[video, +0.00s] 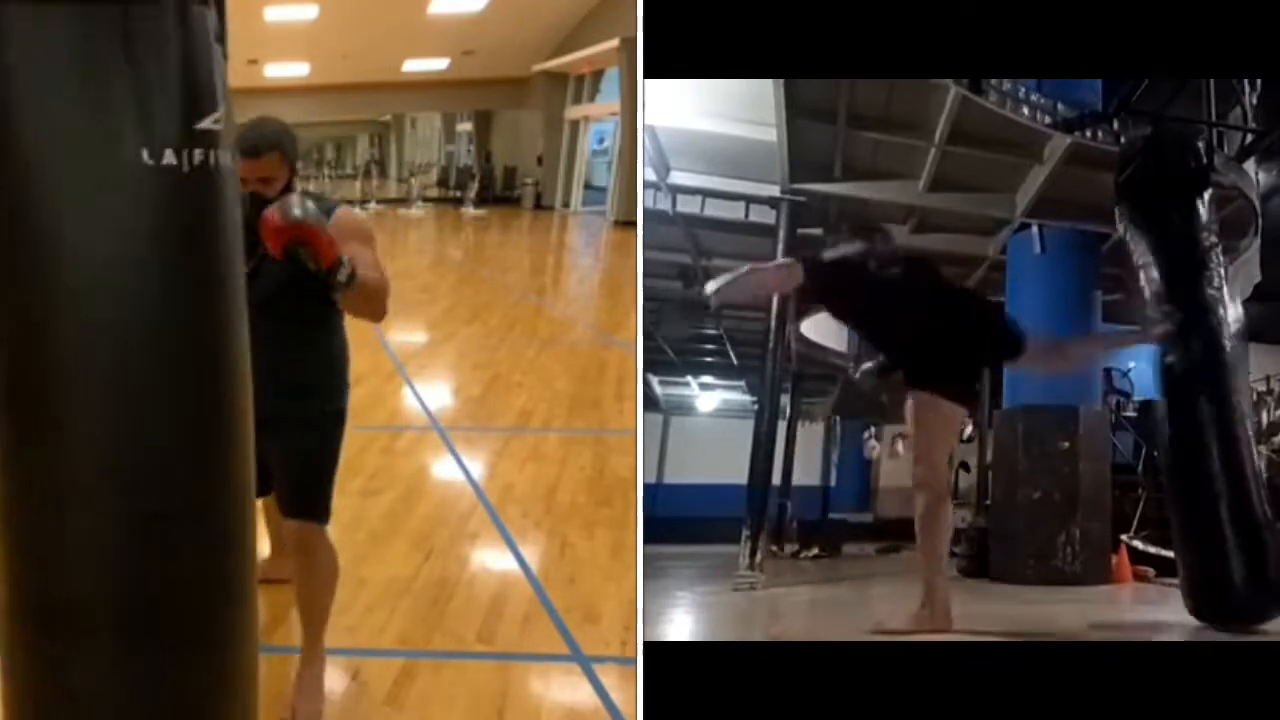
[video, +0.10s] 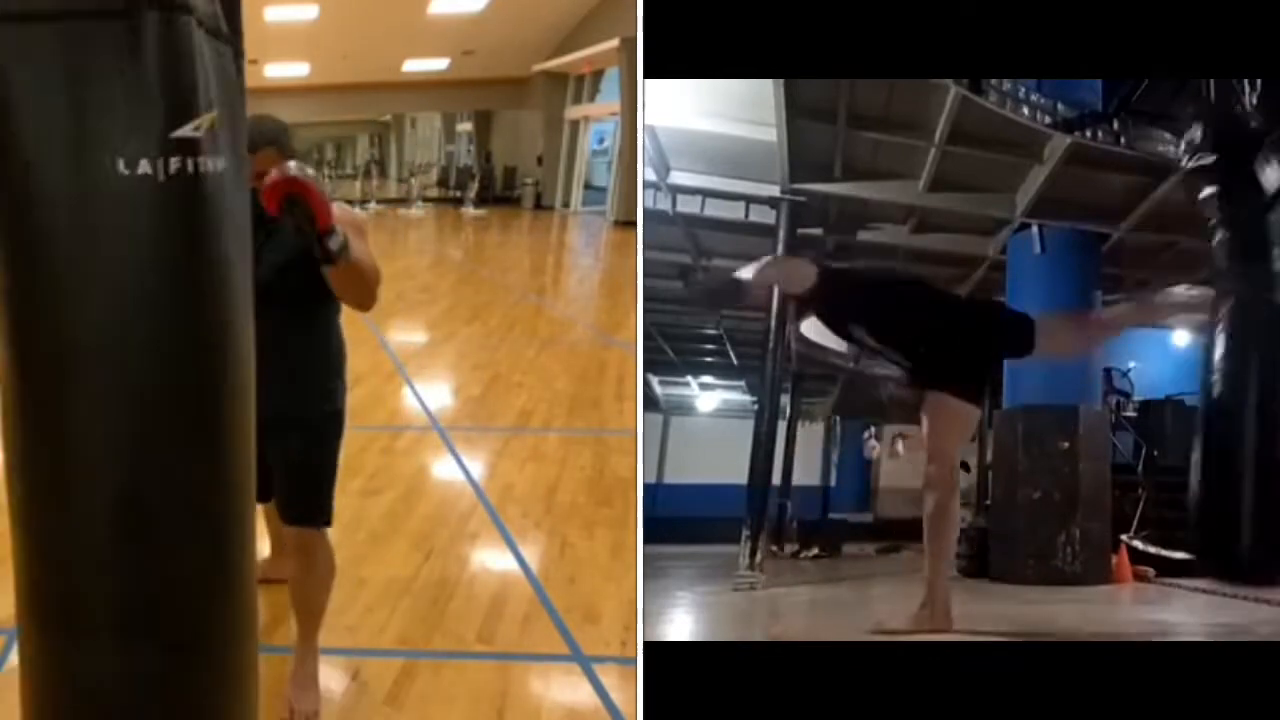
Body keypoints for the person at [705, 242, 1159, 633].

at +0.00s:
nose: (790, 307)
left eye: (789, 299)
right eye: (788, 303)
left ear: (801, 285)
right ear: (816, 288)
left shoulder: (829, 268)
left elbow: (751, 282)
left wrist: (713, 292)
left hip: (965, 328)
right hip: (940, 358)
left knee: (1060, 357)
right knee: (930, 486)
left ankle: (1151, 336)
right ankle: (934, 608)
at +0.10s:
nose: (779, 300)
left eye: (778, 290)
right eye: (777, 298)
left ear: (787, 280)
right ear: (795, 294)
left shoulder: (820, 279)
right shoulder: (831, 314)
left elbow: (754, 272)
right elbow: (834, 343)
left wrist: (757, 277)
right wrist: (795, 318)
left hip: (968, 324)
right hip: (949, 365)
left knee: (1086, 333)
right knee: (940, 478)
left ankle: (1166, 308)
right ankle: (935, 607)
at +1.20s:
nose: (905, 233)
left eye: (909, 227)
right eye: (898, 223)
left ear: (907, 231)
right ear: (873, 222)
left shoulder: (902, 270)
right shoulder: (827, 260)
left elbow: (924, 331)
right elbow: (774, 301)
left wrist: (917, 316)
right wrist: (801, 322)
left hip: (887, 384)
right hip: (839, 383)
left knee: (900, 480)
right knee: (833, 482)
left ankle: (893, 569)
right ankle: (842, 588)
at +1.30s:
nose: (904, 240)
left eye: (909, 234)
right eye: (898, 230)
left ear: (908, 240)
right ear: (874, 230)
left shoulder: (897, 280)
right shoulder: (832, 266)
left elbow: (903, 339)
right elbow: (787, 309)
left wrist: (910, 322)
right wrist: (822, 322)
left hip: (882, 388)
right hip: (836, 387)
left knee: (884, 482)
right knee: (832, 482)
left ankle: (865, 560)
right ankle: (843, 587)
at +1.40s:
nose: (904, 248)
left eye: (909, 243)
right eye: (898, 238)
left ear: (908, 250)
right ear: (874, 237)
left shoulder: (897, 286)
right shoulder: (836, 273)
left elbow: (909, 344)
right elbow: (793, 316)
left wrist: (909, 324)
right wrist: (837, 323)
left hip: (878, 397)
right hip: (836, 393)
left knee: (867, 497)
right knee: (834, 484)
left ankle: (836, 551)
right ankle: (843, 587)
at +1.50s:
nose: (902, 262)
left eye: (907, 256)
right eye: (896, 252)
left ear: (909, 262)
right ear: (873, 250)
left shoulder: (898, 301)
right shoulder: (836, 286)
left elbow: (923, 351)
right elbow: (791, 325)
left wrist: (911, 323)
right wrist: (836, 332)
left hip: (872, 404)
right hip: (831, 398)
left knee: (854, 496)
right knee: (830, 476)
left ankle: (828, 576)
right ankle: (825, 584)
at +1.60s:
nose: (903, 266)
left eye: (908, 260)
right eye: (897, 257)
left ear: (910, 266)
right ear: (875, 254)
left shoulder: (900, 303)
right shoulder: (840, 291)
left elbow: (924, 351)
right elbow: (792, 329)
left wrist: (910, 321)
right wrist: (836, 335)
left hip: (872, 405)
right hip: (832, 398)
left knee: (853, 492)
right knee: (831, 474)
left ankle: (828, 575)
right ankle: (814, 575)